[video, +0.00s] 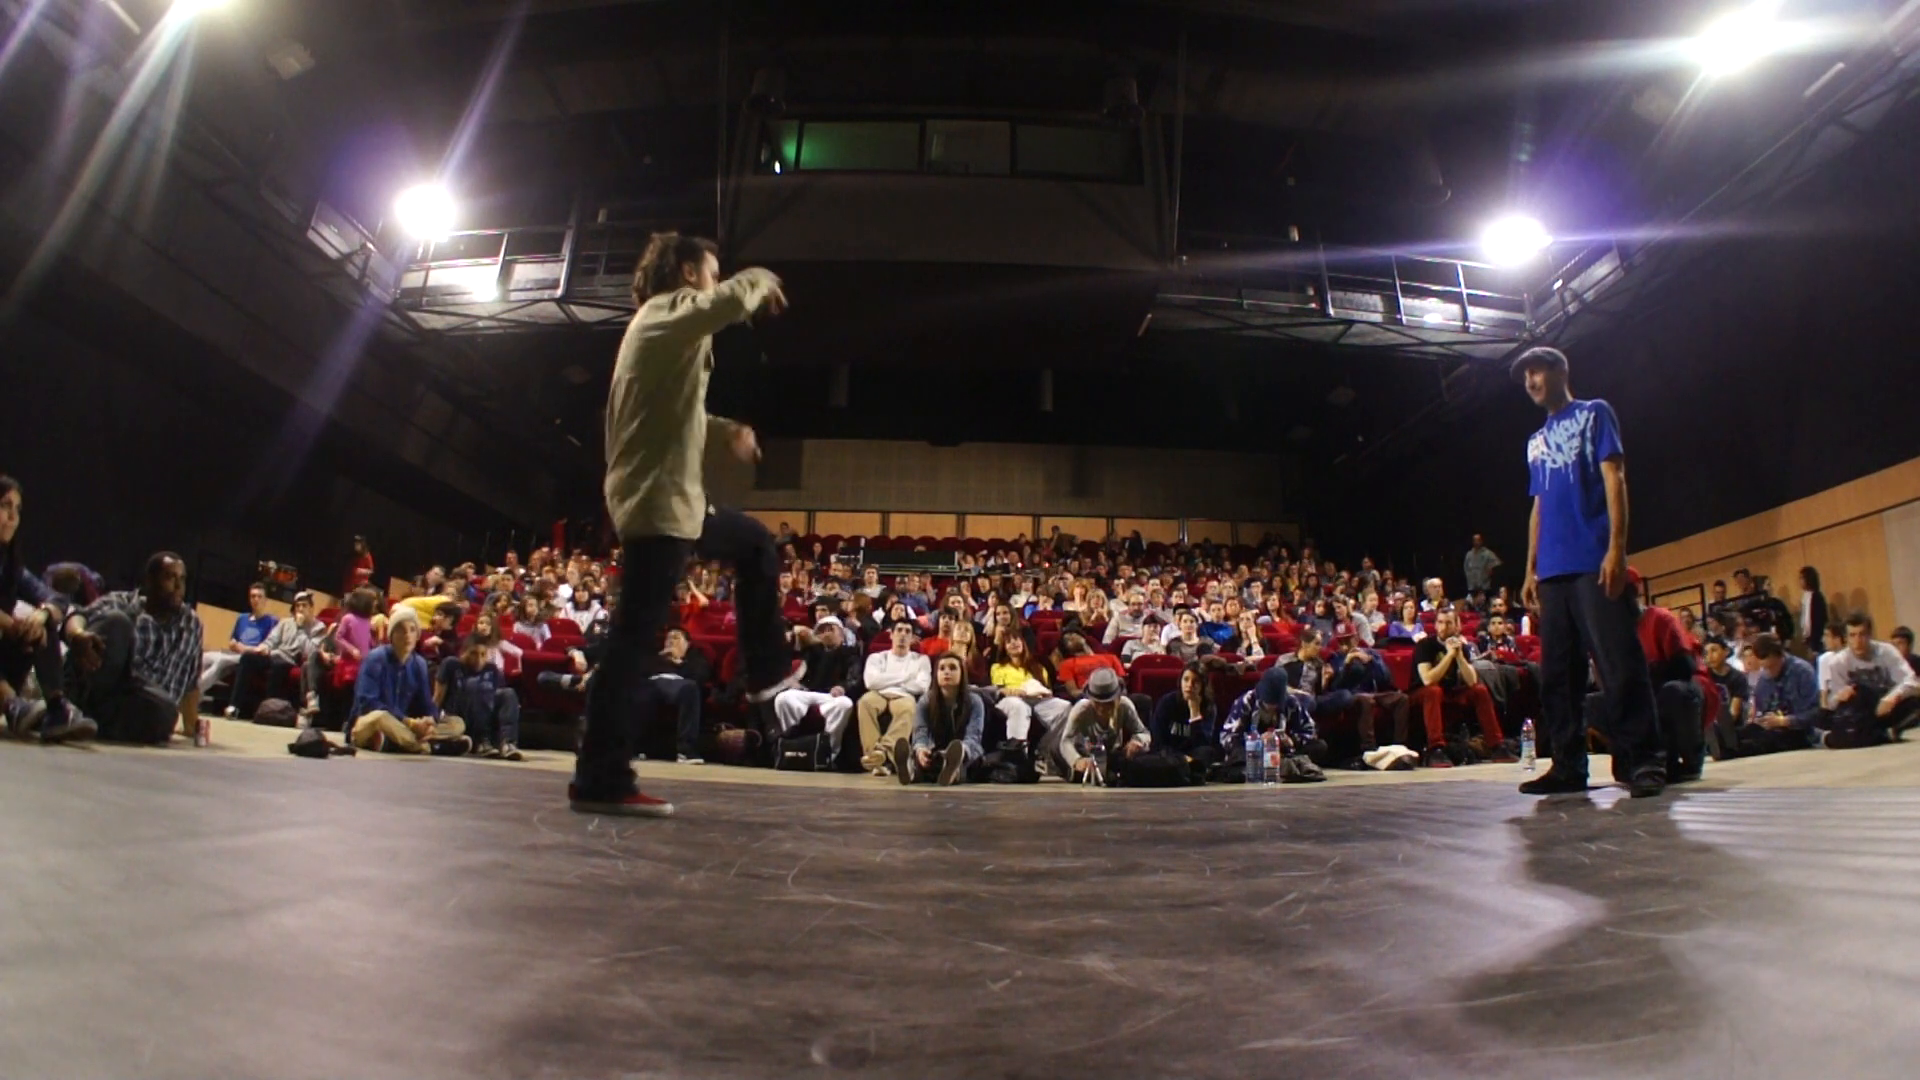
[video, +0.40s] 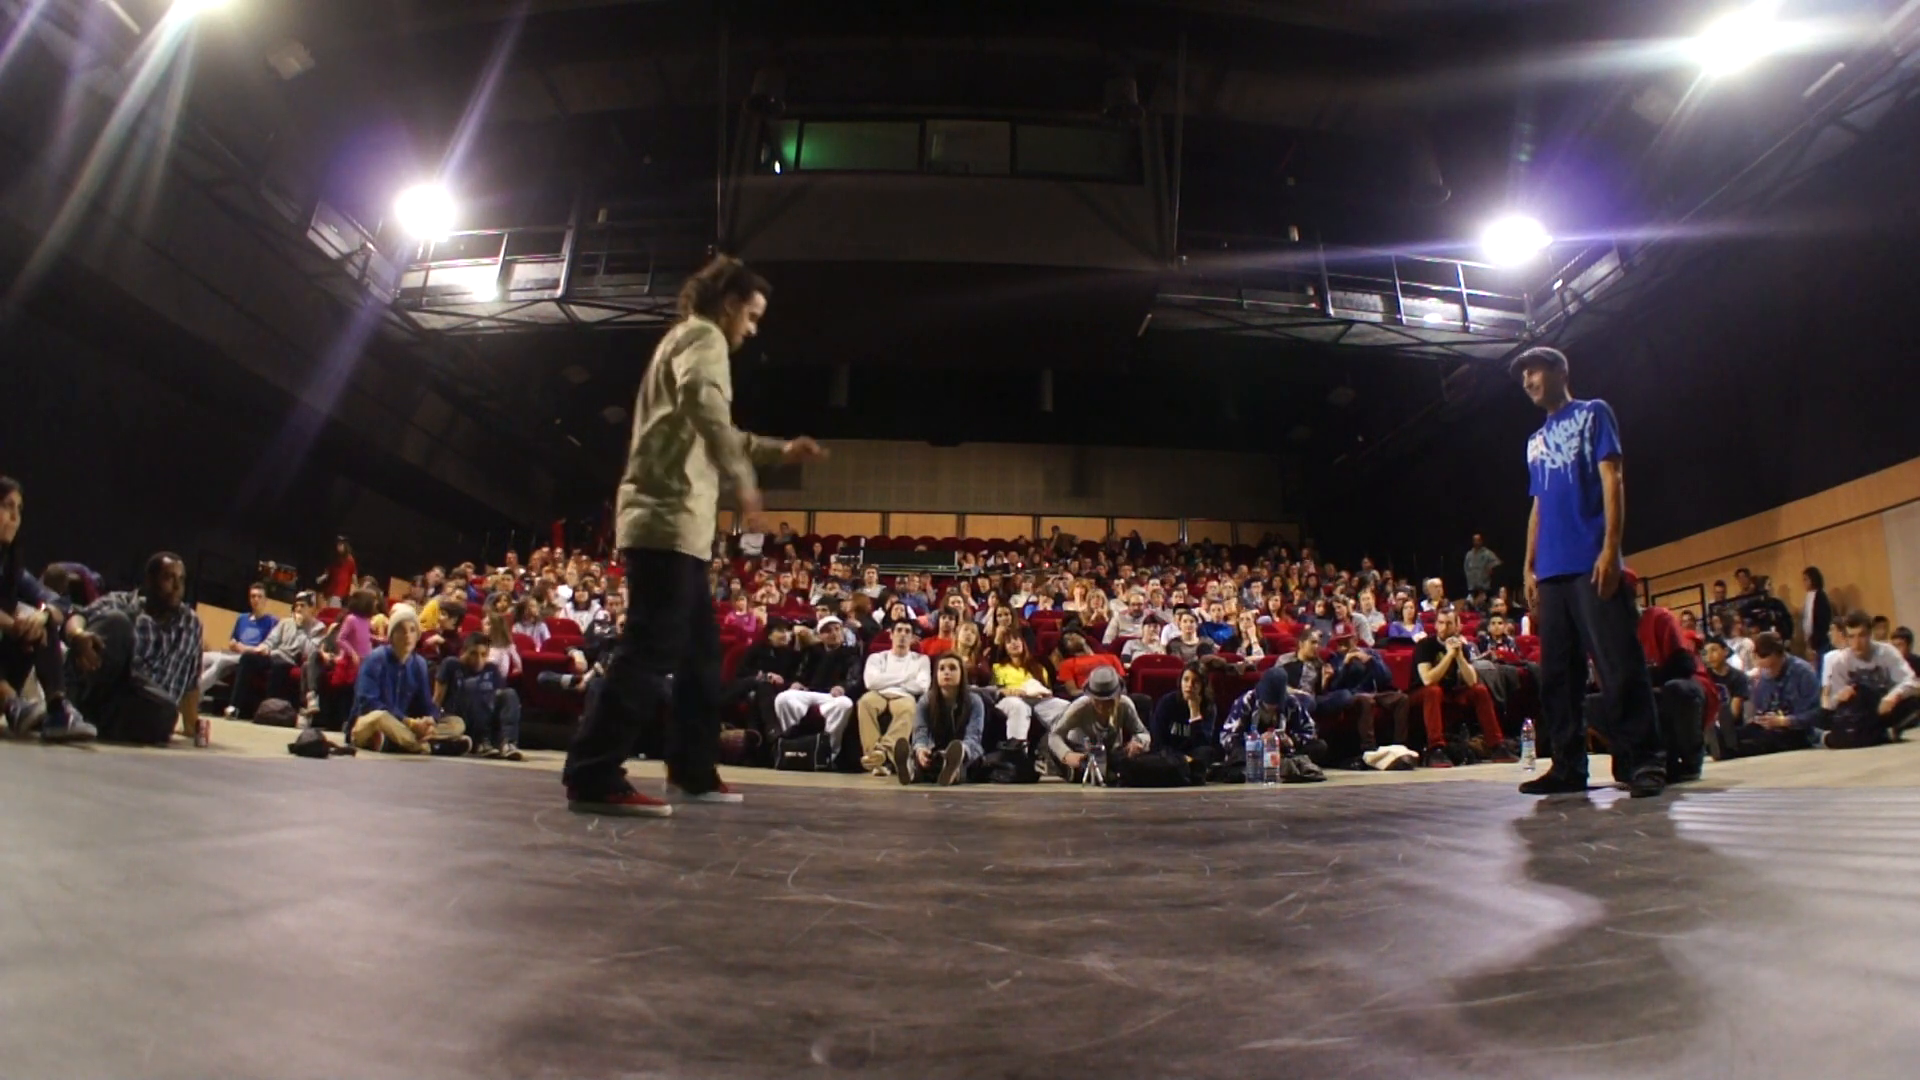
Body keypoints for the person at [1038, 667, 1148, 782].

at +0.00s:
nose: (1102, 709)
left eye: (1108, 704)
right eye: (1097, 704)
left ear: (1117, 697)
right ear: (1090, 698)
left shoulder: (1125, 705)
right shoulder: (1081, 708)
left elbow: (1143, 733)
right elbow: (1065, 742)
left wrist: (1137, 741)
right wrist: (1077, 761)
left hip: (1114, 756)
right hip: (1085, 757)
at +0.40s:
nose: (1101, 706)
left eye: (1107, 702)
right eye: (1097, 701)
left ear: (1117, 696)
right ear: (1090, 695)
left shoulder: (1125, 704)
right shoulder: (1079, 707)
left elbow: (1143, 734)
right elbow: (1054, 735)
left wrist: (1138, 743)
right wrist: (1067, 755)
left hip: (1112, 754)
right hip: (1082, 755)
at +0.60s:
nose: (1102, 701)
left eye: (1107, 696)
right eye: (1097, 696)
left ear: (1116, 691)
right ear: (1090, 691)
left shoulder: (1124, 702)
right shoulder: (1080, 702)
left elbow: (1142, 734)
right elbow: (1042, 727)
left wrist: (1137, 742)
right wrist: (1061, 735)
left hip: (1112, 757)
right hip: (1081, 757)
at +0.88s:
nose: (1100, 692)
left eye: (1105, 687)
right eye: (1095, 687)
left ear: (1113, 683)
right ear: (1088, 684)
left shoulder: (1122, 699)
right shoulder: (1076, 698)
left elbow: (1137, 731)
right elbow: (1041, 725)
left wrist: (1139, 741)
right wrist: (1059, 726)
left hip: (1111, 753)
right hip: (1081, 753)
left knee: (1136, 752)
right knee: (1058, 746)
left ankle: (1083, 774)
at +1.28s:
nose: (1095, 689)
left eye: (1100, 684)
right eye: (1090, 684)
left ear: (1108, 680)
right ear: (1084, 682)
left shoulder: (1118, 696)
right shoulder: (1071, 697)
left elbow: (1128, 727)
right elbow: (1062, 731)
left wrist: (1135, 734)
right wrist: (1064, 733)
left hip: (1111, 750)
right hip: (1082, 751)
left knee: (1134, 747)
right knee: (1060, 748)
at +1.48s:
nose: (1095, 690)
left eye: (1099, 684)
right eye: (1089, 685)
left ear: (1107, 680)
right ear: (1083, 683)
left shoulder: (1118, 696)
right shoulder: (1071, 697)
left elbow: (1131, 727)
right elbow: (1056, 730)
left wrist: (1134, 740)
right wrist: (1062, 735)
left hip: (1112, 753)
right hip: (1080, 754)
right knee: (1058, 750)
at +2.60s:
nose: (1094, 691)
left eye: (1099, 686)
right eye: (1089, 687)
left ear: (1108, 681)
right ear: (1082, 684)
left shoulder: (1117, 697)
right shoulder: (1070, 699)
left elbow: (1133, 730)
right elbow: (1051, 738)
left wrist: (1129, 742)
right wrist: (1063, 734)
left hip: (1110, 755)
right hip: (1078, 756)